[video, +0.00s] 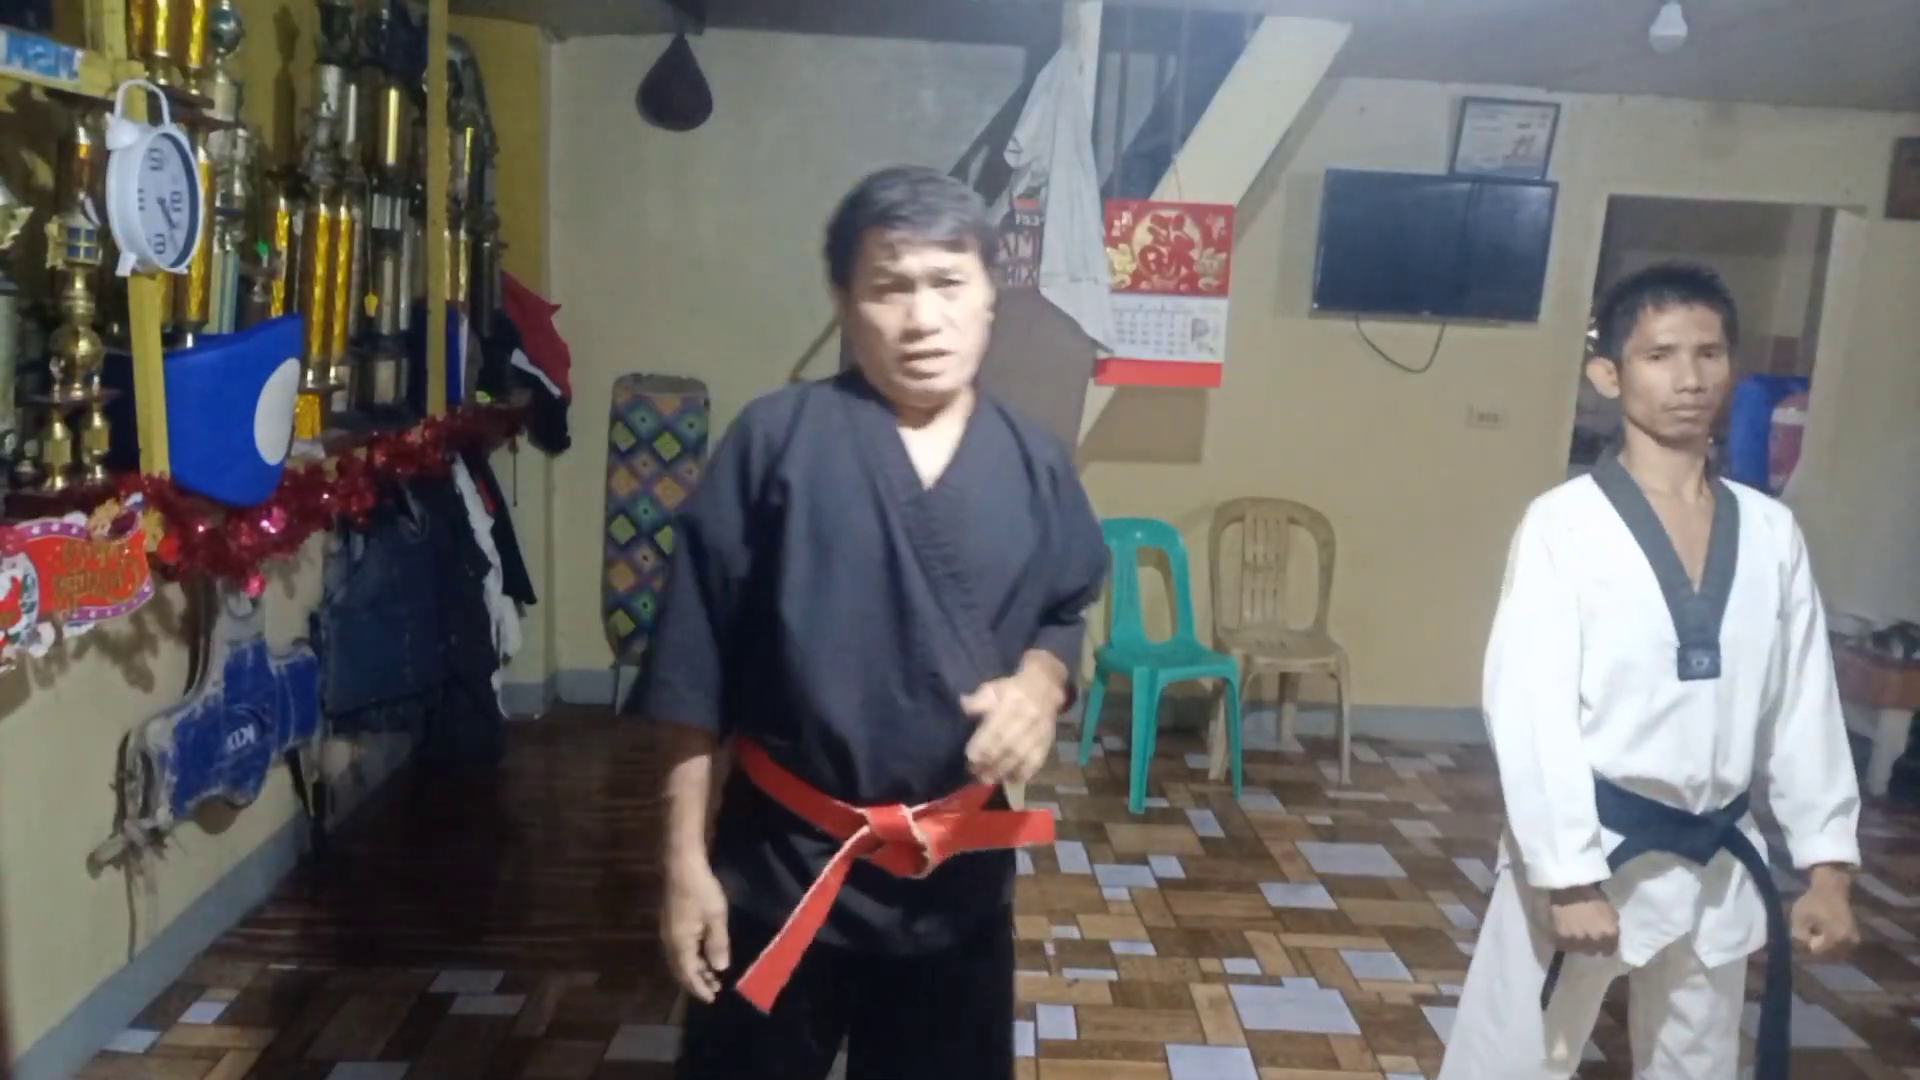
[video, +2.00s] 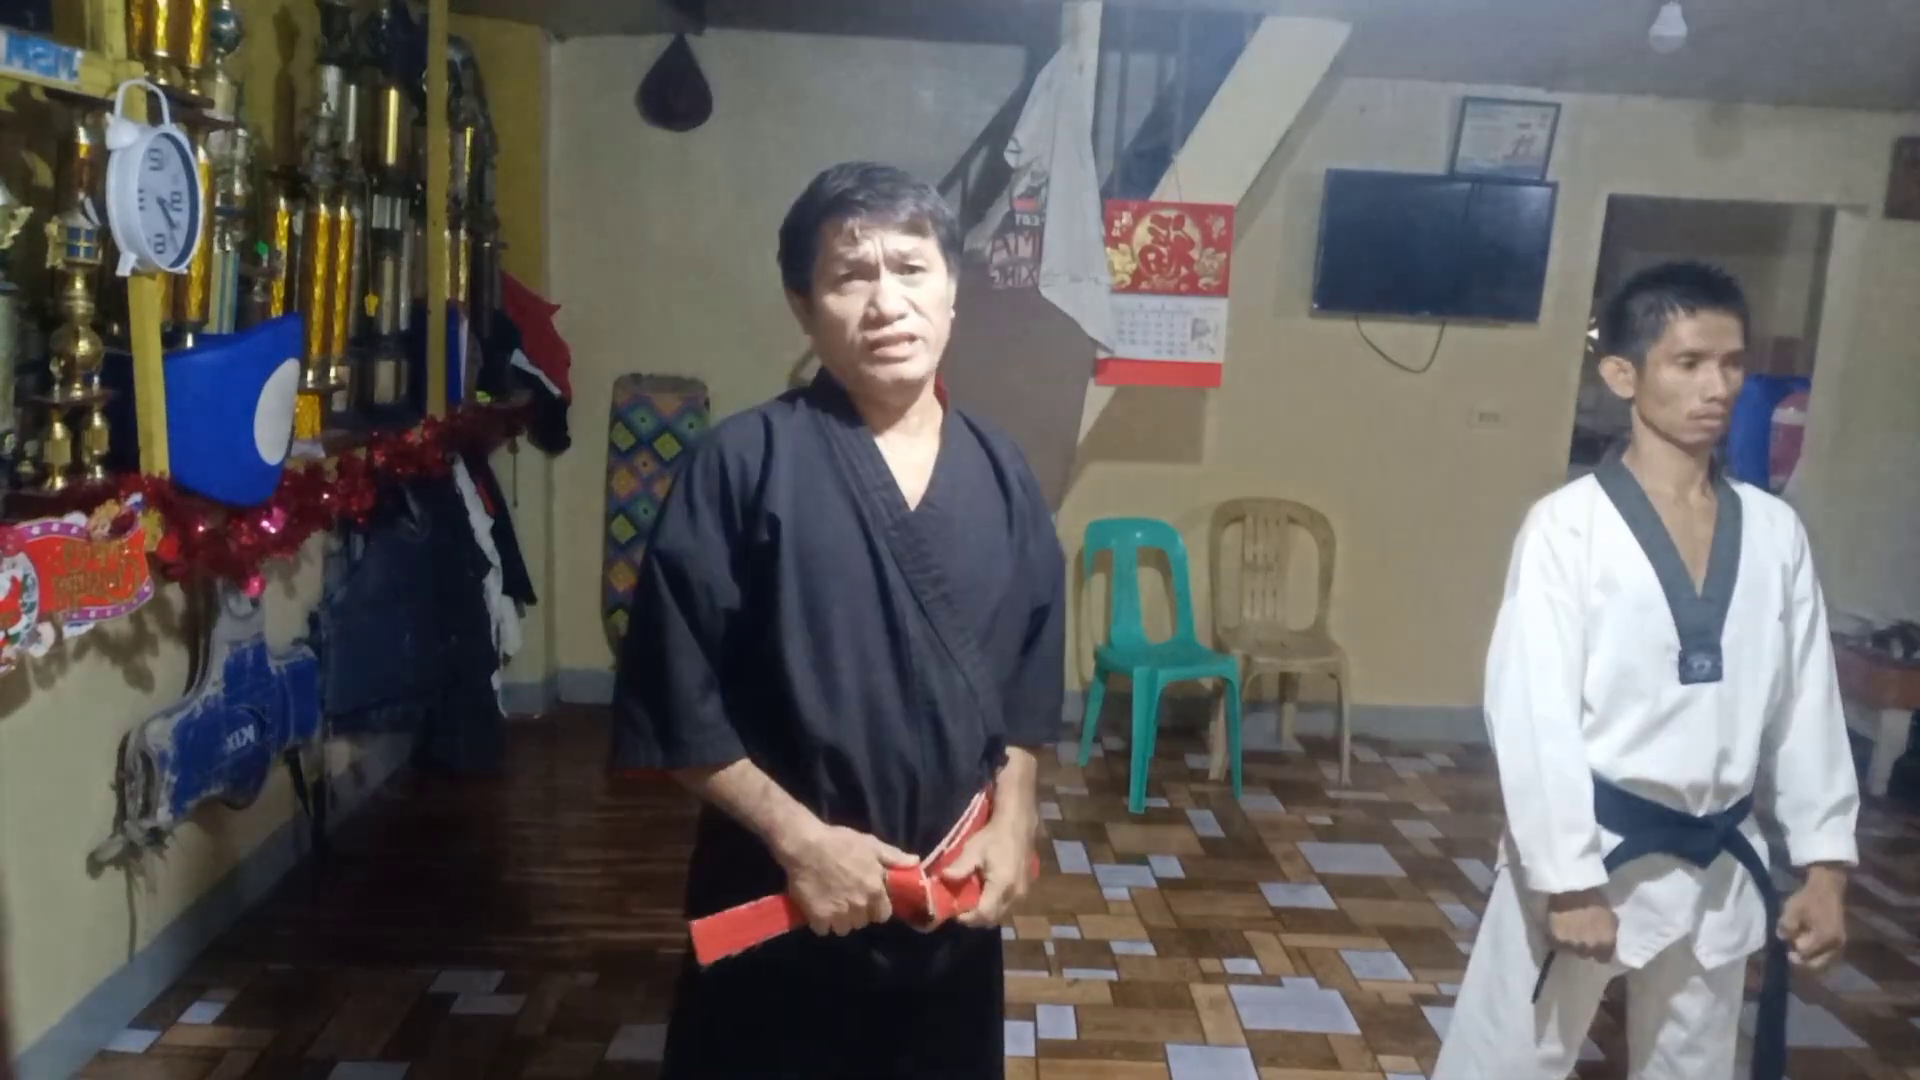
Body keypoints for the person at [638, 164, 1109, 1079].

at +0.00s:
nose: (922, 316)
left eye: (949, 284)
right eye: (891, 288)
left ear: (993, 298)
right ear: (846, 307)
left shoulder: (1035, 462)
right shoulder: (772, 441)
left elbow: (1063, 614)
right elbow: (692, 658)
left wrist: (1042, 686)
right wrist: (684, 859)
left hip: (958, 883)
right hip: (784, 880)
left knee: (954, 1069)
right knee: (744, 1068)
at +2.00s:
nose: (887, 302)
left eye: (912, 271)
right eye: (853, 277)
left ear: (953, 291)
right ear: (805, 309)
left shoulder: (1000, 470)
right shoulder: (740, 464)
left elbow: (1032, 658)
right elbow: (668, 693)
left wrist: (1014, 814)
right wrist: (802, 840)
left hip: (953, 931)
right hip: (776, 931)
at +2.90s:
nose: (899, 320)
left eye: (924, 285)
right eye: (865, 293)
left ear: (964, 294)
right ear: (819, 314)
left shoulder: (1013, 466)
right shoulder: (752, 465)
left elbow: (1067, 622)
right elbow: (683, 687)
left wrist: (1045, 734)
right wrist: (786, 850)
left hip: (960, 925)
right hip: (784, 926)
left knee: (958, 1073)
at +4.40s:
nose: (947, 304)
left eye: (970, 274)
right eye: (910, 285)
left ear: (1013, 300)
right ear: (869, 323)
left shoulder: (1024, 469)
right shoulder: (803, 440)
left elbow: (1071, 628)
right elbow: (679, 617)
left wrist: (1043, 655)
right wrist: (803, 711)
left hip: (965, 875)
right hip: (814, 873)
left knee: (959, 1065)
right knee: (795, 1066)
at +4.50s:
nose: (972, 313)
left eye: (996, 282)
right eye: (937, 287)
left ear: (1032, 304)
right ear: (890, 314)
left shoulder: (1027, 469)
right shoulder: (818, 431)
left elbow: (1069, 635)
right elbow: (671, 593)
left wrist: (1045, 652)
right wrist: (798, 618)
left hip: (958, 852)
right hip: (815, 844)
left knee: (944, 1063)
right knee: (789, 1063)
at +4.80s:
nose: (905, 303)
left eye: (930, 272)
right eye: (869, 279)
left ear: (969, 293)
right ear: (825, 309)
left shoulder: (973, 456)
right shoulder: (770, 449)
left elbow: (1019, 630)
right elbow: (631, 641)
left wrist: (992, 651)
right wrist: (807, 679)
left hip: (916, 862)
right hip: (775, 859)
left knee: (897, 1063)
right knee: (752, 1065)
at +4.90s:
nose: (852, 320)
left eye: (874, 284)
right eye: (812, 296)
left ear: (910, 296)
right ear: (764, 326)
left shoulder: (949, 460)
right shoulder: (719, 488)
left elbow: (1000, 614)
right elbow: (696, 748)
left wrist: (938, 648)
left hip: (892, 861)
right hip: (743, 868)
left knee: (893, 1062)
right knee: (744, 1065)